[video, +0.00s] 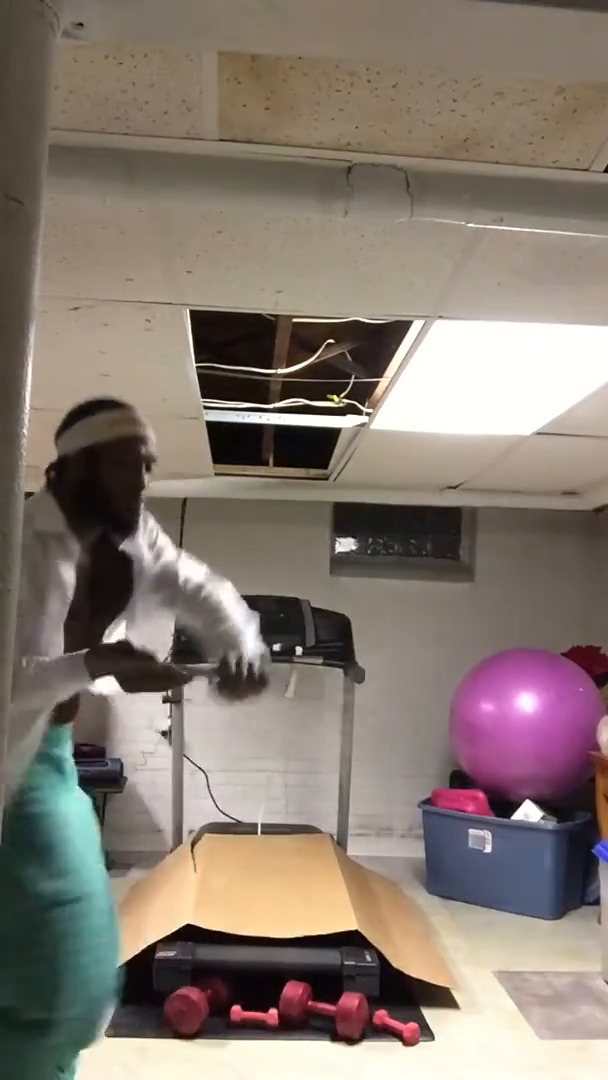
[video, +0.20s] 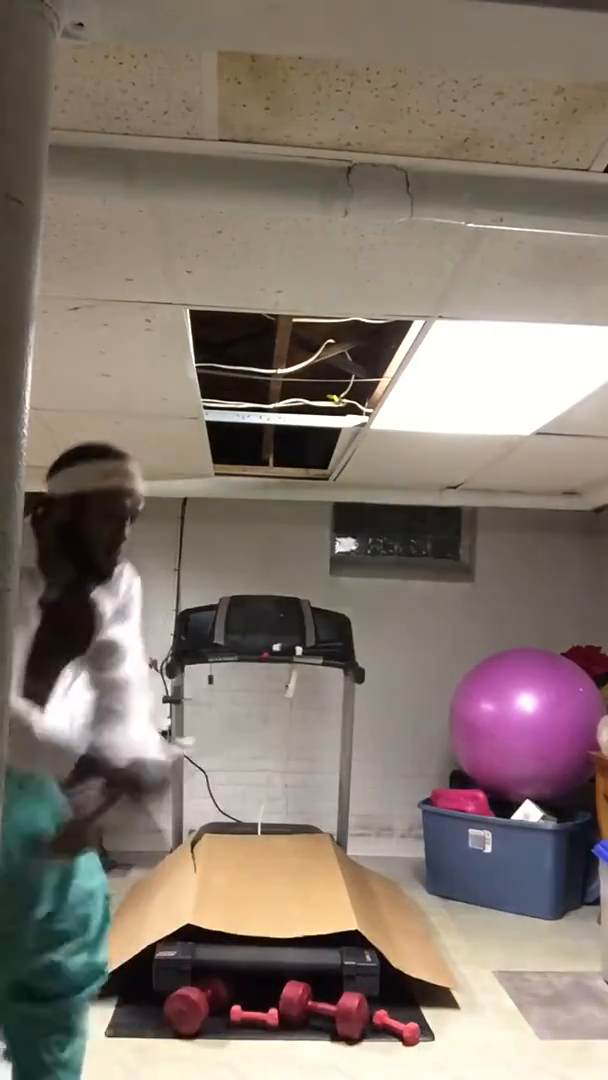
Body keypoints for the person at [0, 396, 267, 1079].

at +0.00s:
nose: (147, 482)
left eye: (149, 467)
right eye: (135, 465)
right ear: (78, 466)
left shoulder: (134, 535)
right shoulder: (20, 538)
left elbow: (199, 587)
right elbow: (11, 686)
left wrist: (242, 638)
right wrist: (98, 663)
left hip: (46, 757)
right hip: (14, 760)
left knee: (75, 979)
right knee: (69, 981)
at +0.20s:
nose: (127, 532)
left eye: (133, 516)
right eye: (114, 514)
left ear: (135, 517)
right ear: (61, 511)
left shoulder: (117, 584)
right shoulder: (14, 589)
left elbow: (127, 709)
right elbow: (28, 747)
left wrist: (108, 780)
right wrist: (44, 665)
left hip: (61, 815)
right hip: (10, 807)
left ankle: (50, 1062)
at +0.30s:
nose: (108, 555)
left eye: (115, 541)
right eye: (97, 539)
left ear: (115, 540)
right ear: (49, 535)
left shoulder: (100, 605)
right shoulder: (20, 605)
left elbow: (75, 715)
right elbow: (7, 734)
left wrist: (46, 802)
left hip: (34, 816)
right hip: (8, 818)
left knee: (37, 969)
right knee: (34, 973)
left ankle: (34, 1062)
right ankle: (29, 1063)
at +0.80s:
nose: (92, 530)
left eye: (96, 517)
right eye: (79, 517)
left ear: (93, 519)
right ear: (36, 520)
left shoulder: (80, 587)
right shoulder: (18, 590)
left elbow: (111, 685)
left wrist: (84, 756)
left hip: (28, 796)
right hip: (6, 798)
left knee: (21, 911)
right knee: (20, 909)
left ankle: (17, 1020)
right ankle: (18, 1012)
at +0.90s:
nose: (108, 513)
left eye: (108, 499)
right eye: (94, 501)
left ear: (95, 504)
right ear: (49, 508)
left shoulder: (93, 572)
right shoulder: (24, 576)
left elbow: (151, 628)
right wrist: (19, 756)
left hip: (38, 798)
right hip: (10, 800)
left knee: (39, 925)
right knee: (38, 925)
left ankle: (22, 1048)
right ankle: (20, 1054)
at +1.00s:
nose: (128, 498)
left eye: (128, 484)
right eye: (113, 485)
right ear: (61, 494)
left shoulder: (122, 568)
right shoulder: (15, 559)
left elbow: (225, 604)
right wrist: (21, 667)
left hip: (49, 780)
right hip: (12, 775)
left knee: (61, 935)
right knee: (46, 935)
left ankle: (32, 1067)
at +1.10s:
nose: (148, 481)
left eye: (147, 468)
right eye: (134, 469)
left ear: (137, 470)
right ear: (89, 478)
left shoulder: (156, 551)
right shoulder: (32, 539)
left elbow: (246, 574)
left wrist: (340, 607)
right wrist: (13, 639)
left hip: (86, 773)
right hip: (21, 766)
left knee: (89, 950)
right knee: (10, 941)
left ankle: (45, 1066)